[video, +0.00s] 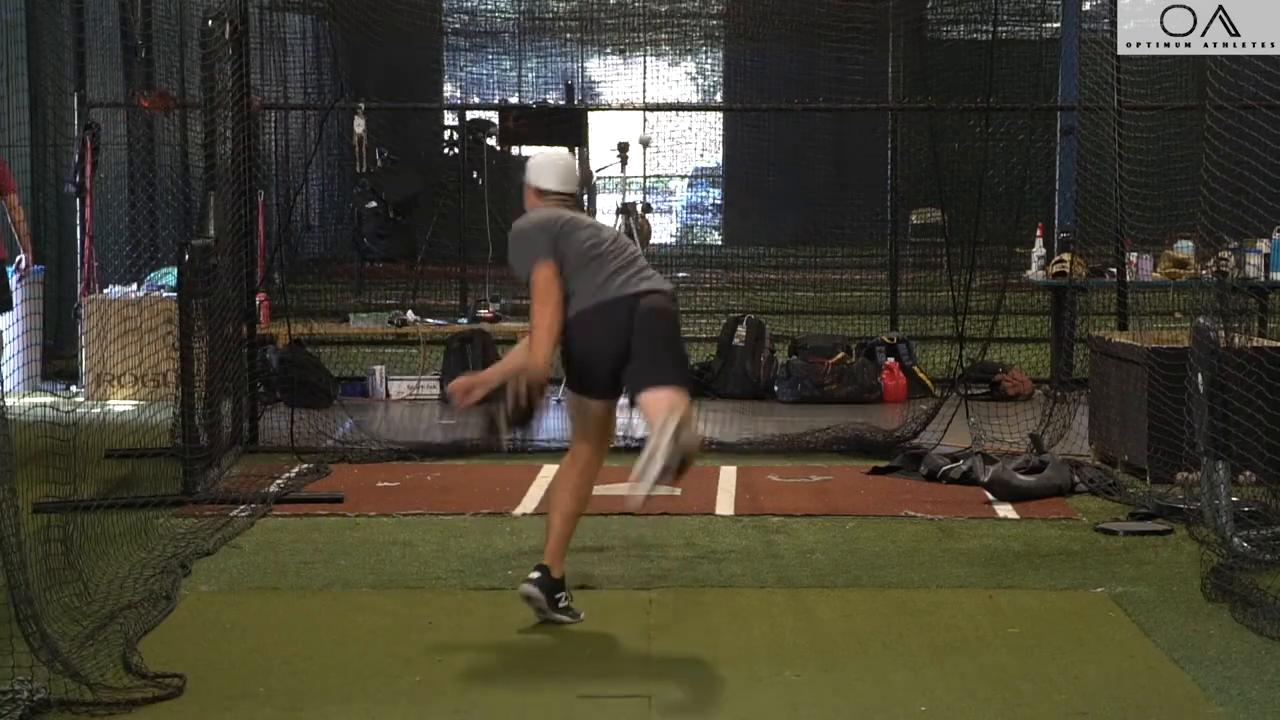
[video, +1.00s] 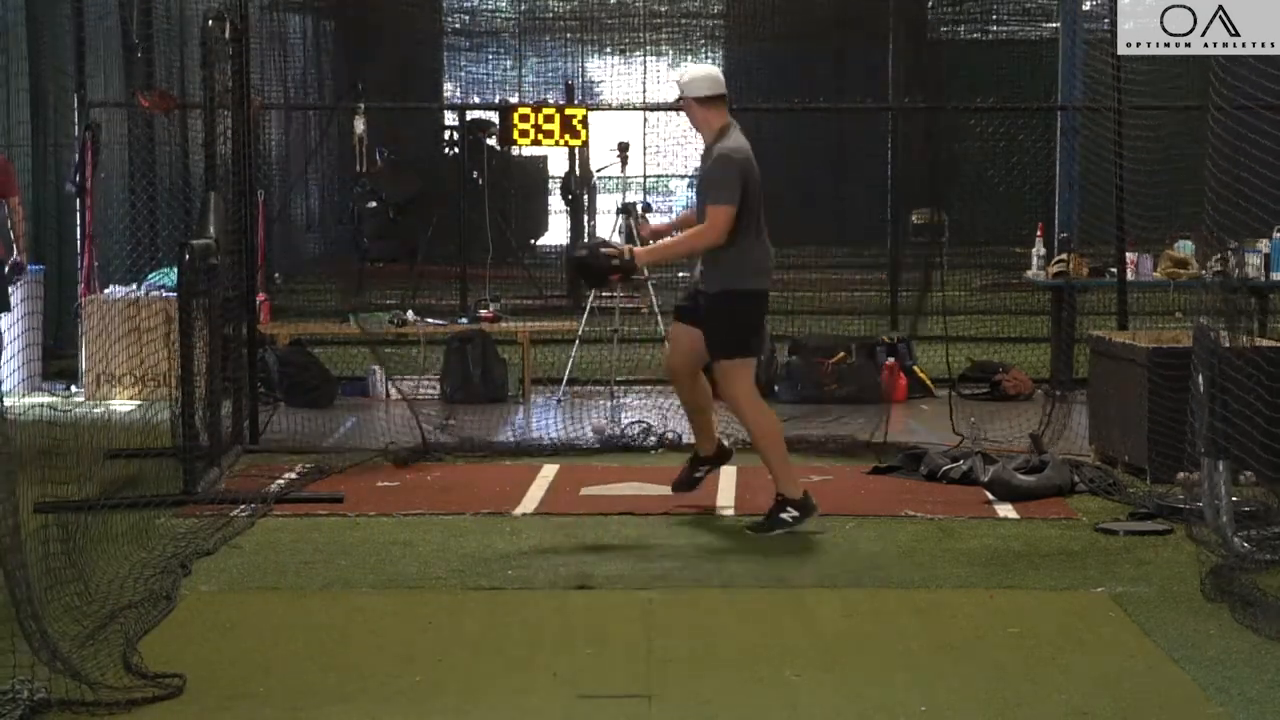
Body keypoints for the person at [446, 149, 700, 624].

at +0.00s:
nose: (524, 200)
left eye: (525, 194)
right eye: (528, 195)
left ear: (532, 193)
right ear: (574, 197)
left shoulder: (534, 226)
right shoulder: (594, 231)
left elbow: (547, 288)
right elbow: (543, 331)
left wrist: (539, 361)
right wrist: (487, 377)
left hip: (594, 321)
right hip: (655, 309)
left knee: (586, 444)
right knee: (668, 408)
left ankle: (550, 574)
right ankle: (672, 437)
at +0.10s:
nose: (508, 170)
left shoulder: (549, 180)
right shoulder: (601, 216)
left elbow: (570, 186)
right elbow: (621, 276)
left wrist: (524, 166)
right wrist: (574, 308)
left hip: (609, 309)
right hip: (661, 301)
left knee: (587, 446)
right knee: (713, 414)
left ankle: (557, 561)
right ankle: (757, 298)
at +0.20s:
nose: (549, 136)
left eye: (558, 124)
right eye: (556, 126)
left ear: (573, 132)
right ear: (600, 138)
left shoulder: (577, 164)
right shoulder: (614, 184)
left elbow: (566, 101)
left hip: (623, 286)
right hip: (675, 283)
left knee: (598, 428)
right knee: (732, 402)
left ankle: (575, 555)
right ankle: (810, 295)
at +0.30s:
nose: (587, 129)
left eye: (590, 124)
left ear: (593, 124)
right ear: (635, 129)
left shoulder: (586, 146)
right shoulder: (659, 173)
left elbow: (516, 118)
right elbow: (704, 248)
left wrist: (494, 107)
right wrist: (689, 287)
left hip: (635, 280)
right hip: (684, 278)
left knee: (634, 403)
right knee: (699, 389)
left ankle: (635, 502)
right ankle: (812, 434)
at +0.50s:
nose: (628, 143)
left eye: (628, 137)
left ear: (632, 142)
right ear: (672, 145)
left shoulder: (613, 194)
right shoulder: (696, 191)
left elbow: (599, 274)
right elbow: (748, 250)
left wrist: (600, 324)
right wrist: (794, 306)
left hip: (668, 316)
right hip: (711, 312)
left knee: (685, 439)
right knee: (647, 415)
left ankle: (775, 442)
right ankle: (691, 531)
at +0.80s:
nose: (671, 117)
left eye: (672, 111)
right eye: (677, 110)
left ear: (677, 112)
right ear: (713, 110)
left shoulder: (686, 166)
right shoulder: (739, 161)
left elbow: (671, 245)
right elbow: (772, 227)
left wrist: (618, 274)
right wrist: (813, 278)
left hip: (724, 301)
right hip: (720, 298)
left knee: (724, 403)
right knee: (654, 374)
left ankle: (791, 496)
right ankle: (703, 480)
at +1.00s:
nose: (683, 115)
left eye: (686, 107)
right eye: (684, 107)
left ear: (700, 106)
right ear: (717, 104)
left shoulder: (728, 155)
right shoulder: (721, 149)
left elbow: (715, 232)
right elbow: (707, 215)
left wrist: (643, 257)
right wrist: (664, 230)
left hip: (738, 289)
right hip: (714, 284)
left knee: (737, 390)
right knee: (679, 363)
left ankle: (793, 496)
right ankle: (707, 450)